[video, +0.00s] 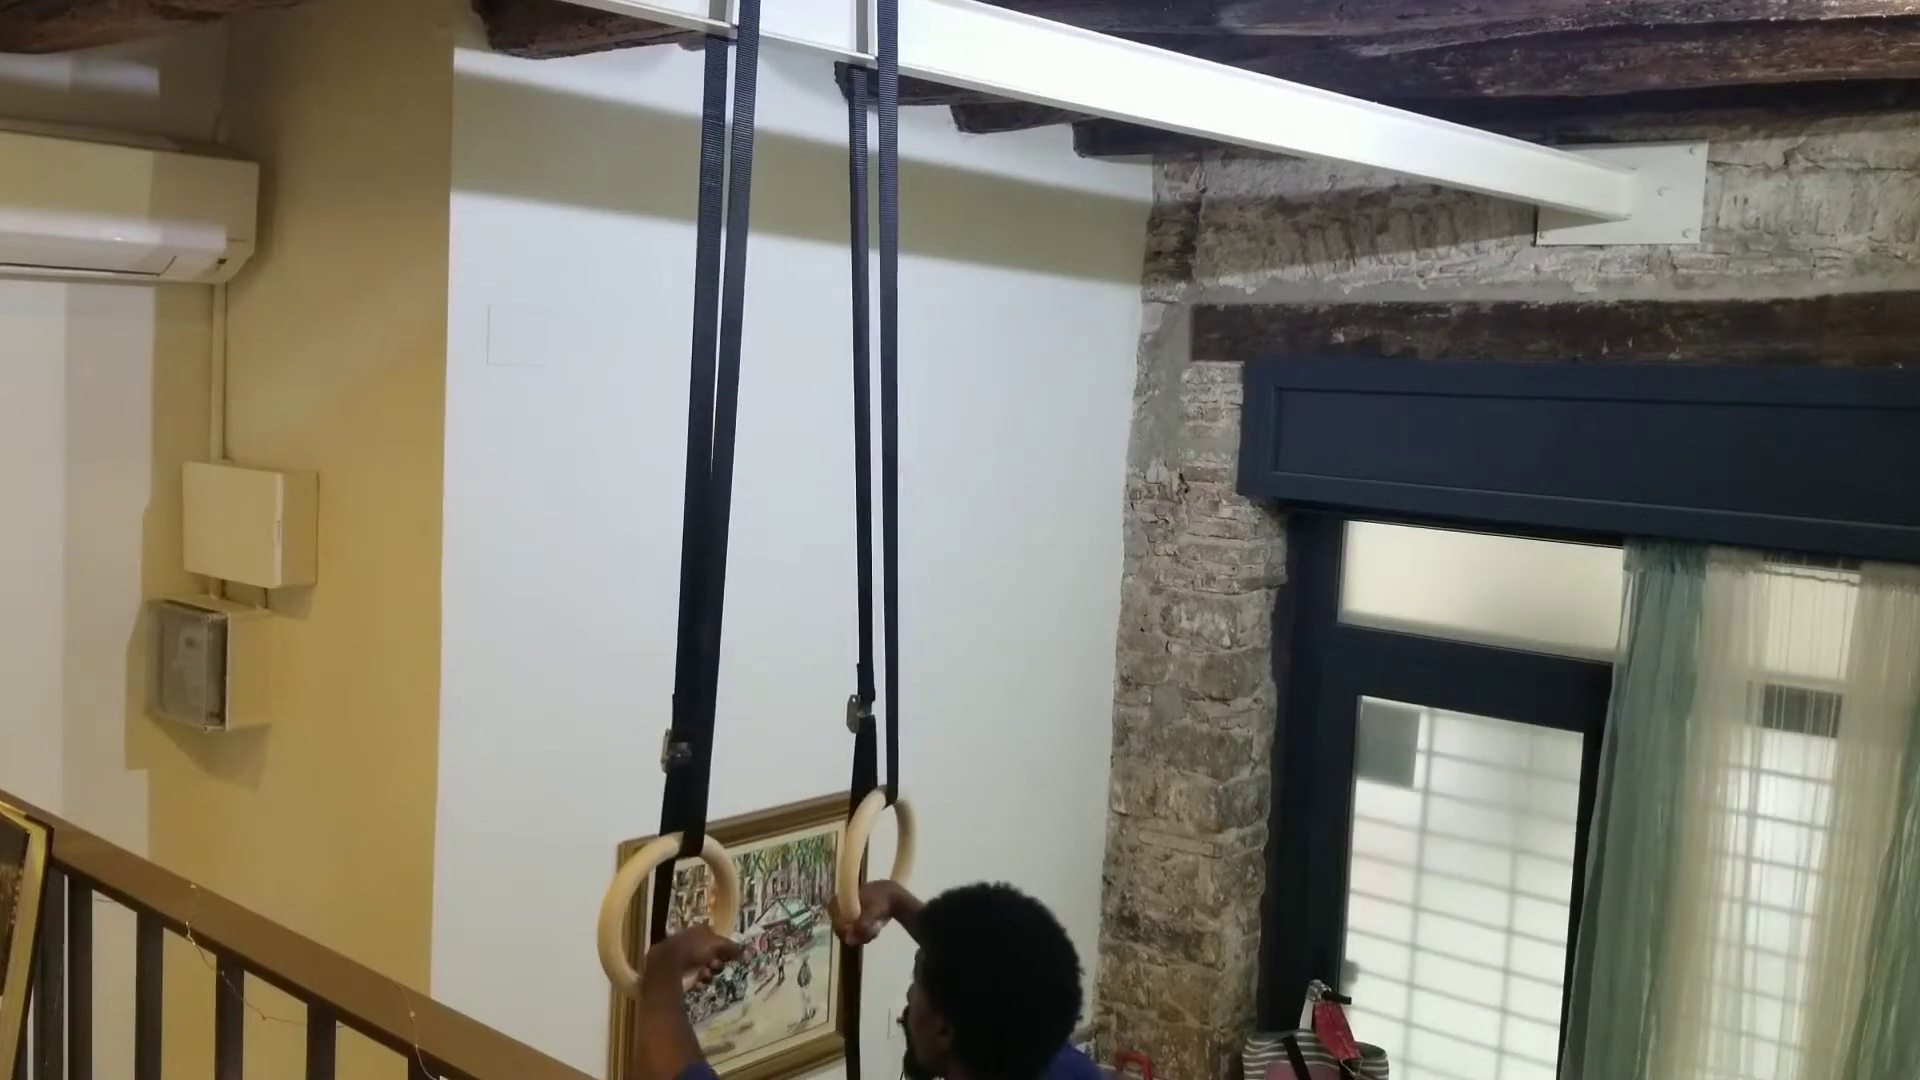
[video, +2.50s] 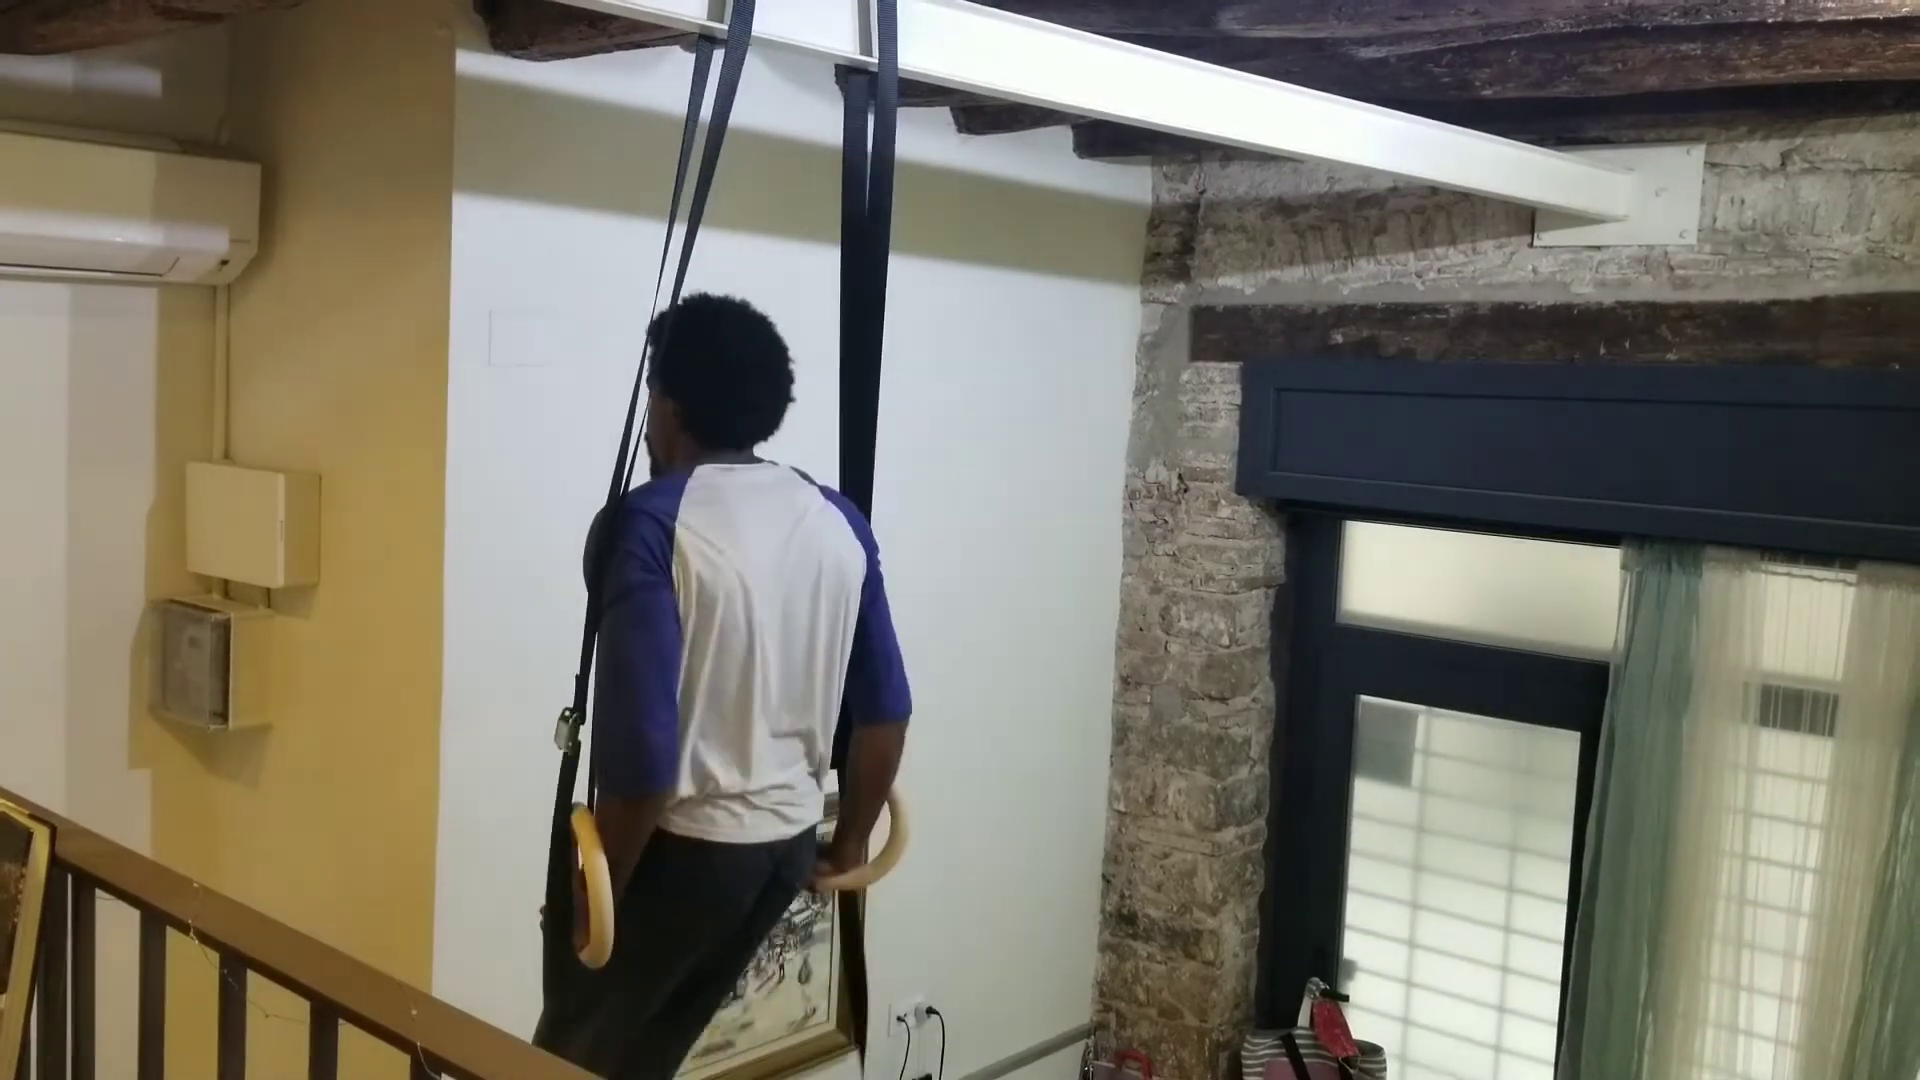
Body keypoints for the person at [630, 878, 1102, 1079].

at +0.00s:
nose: (907, 1006)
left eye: (915, 992)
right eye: (917, 987)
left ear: (942, 1030)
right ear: (1043, 1008)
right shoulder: (1067, 1068)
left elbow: (684, 1072)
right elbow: (1007, 985)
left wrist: (659, 976)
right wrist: (901, 903)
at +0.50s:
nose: (888, 987)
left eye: (896, 986)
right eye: (898, 979)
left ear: (908, 1040)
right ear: (1012, 1023)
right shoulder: (1027, 1069)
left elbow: (621, 1062)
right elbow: (973, 996)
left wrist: (619, 964)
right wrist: (865, 900)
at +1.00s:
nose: (856, 972)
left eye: (865, 975)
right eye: (868, 962)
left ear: (882, 1032)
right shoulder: (1016, 1056)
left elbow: (605, 1068)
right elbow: (991, 974)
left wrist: (614, 966)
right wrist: (890, 902)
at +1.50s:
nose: (764, 957)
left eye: (773, 951)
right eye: (773, 946)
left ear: (789, 976)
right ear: (889, 972)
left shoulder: (740, 1069)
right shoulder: (927, 1039)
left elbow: (588, 1059)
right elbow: (1023, 984)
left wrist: (556, 970)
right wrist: (915, 882)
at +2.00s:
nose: (675, 496)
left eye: (684, 474)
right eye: (683, 473)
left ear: (708, 489)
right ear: (799, 489)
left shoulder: (686, 594)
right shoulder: (880, 584)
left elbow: (694, 800)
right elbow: (983, 743)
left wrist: (639, 946)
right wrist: (920, 893)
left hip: (745, 970)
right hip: (869, 961)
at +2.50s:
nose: (648, 411)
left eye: (653, 391)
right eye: (653, 390)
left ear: (670, 408)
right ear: (767, 408)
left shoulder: (647, 521)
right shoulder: (839, 522)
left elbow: (641, 757)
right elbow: (883, 709)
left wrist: (588, 894)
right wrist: (850, 838)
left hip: (672, 864)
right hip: (776, 867)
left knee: (573, 1062)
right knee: (649, 1063)